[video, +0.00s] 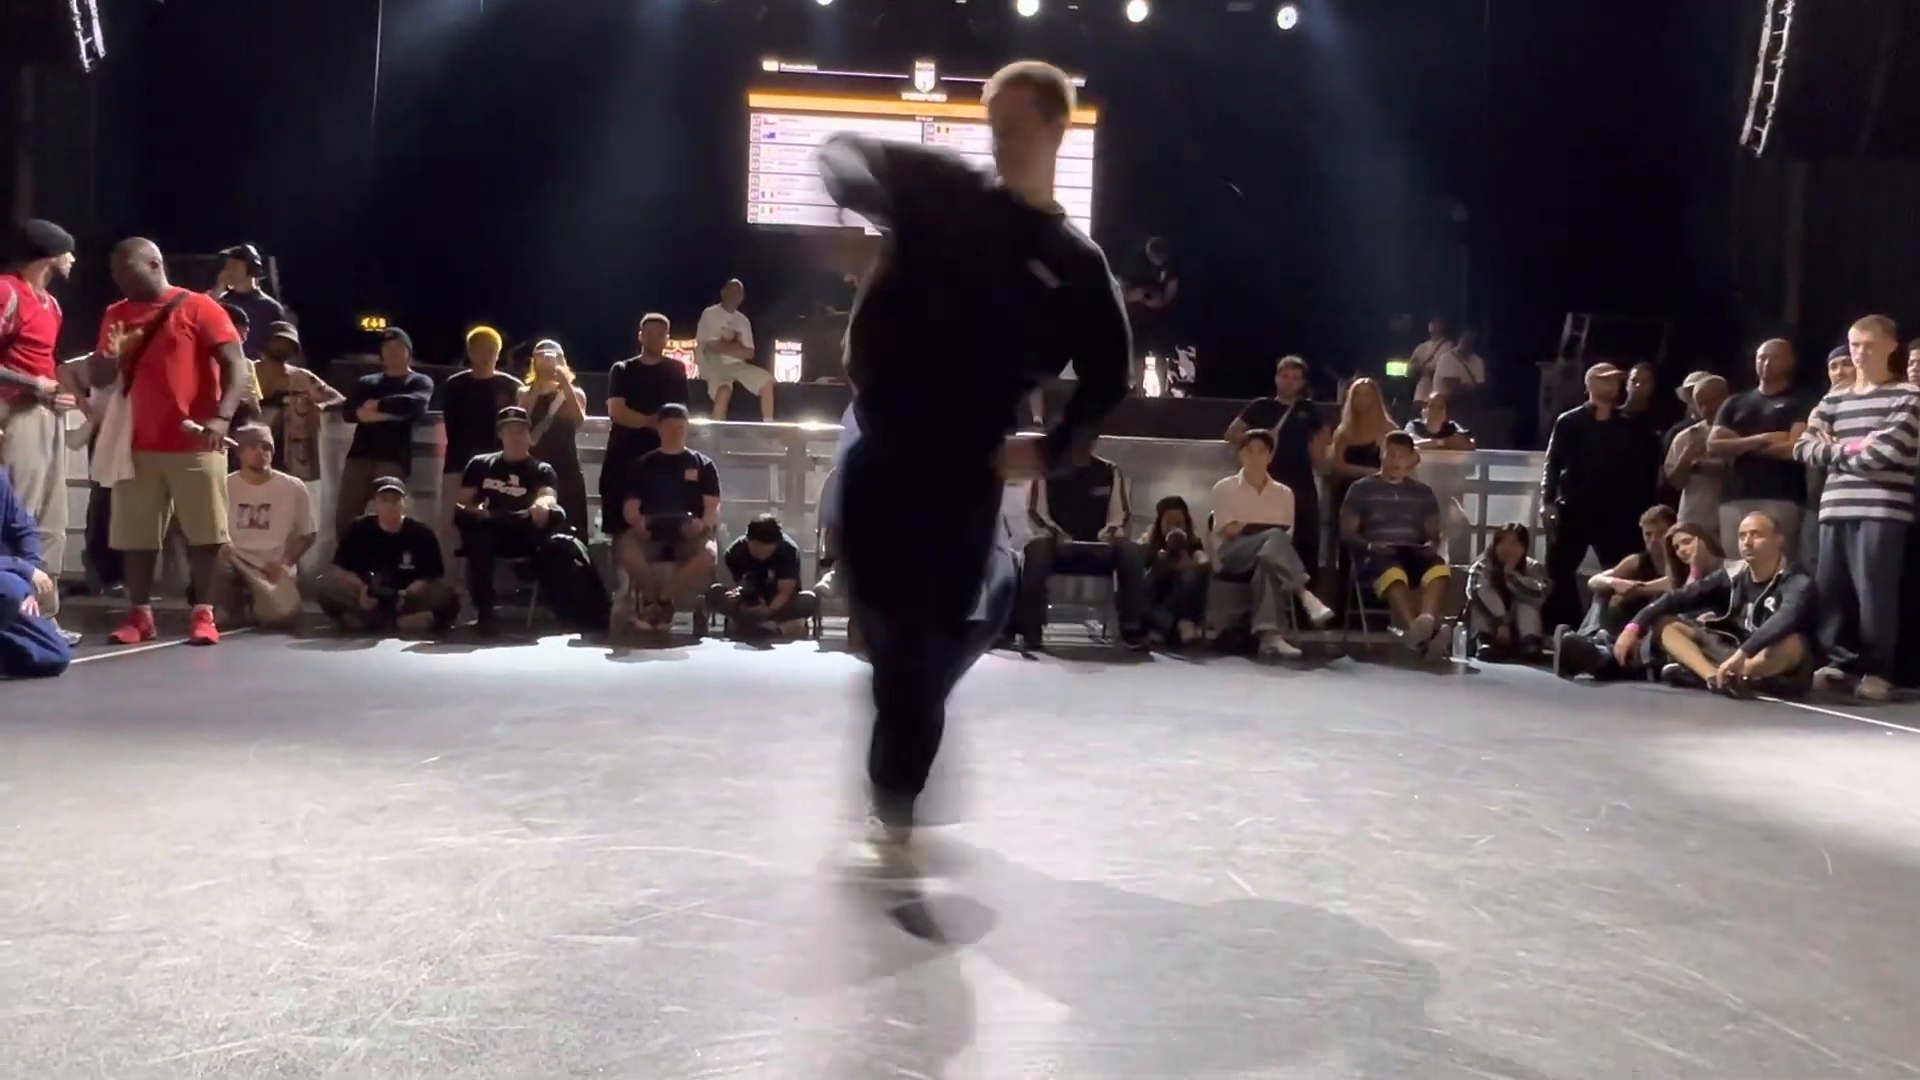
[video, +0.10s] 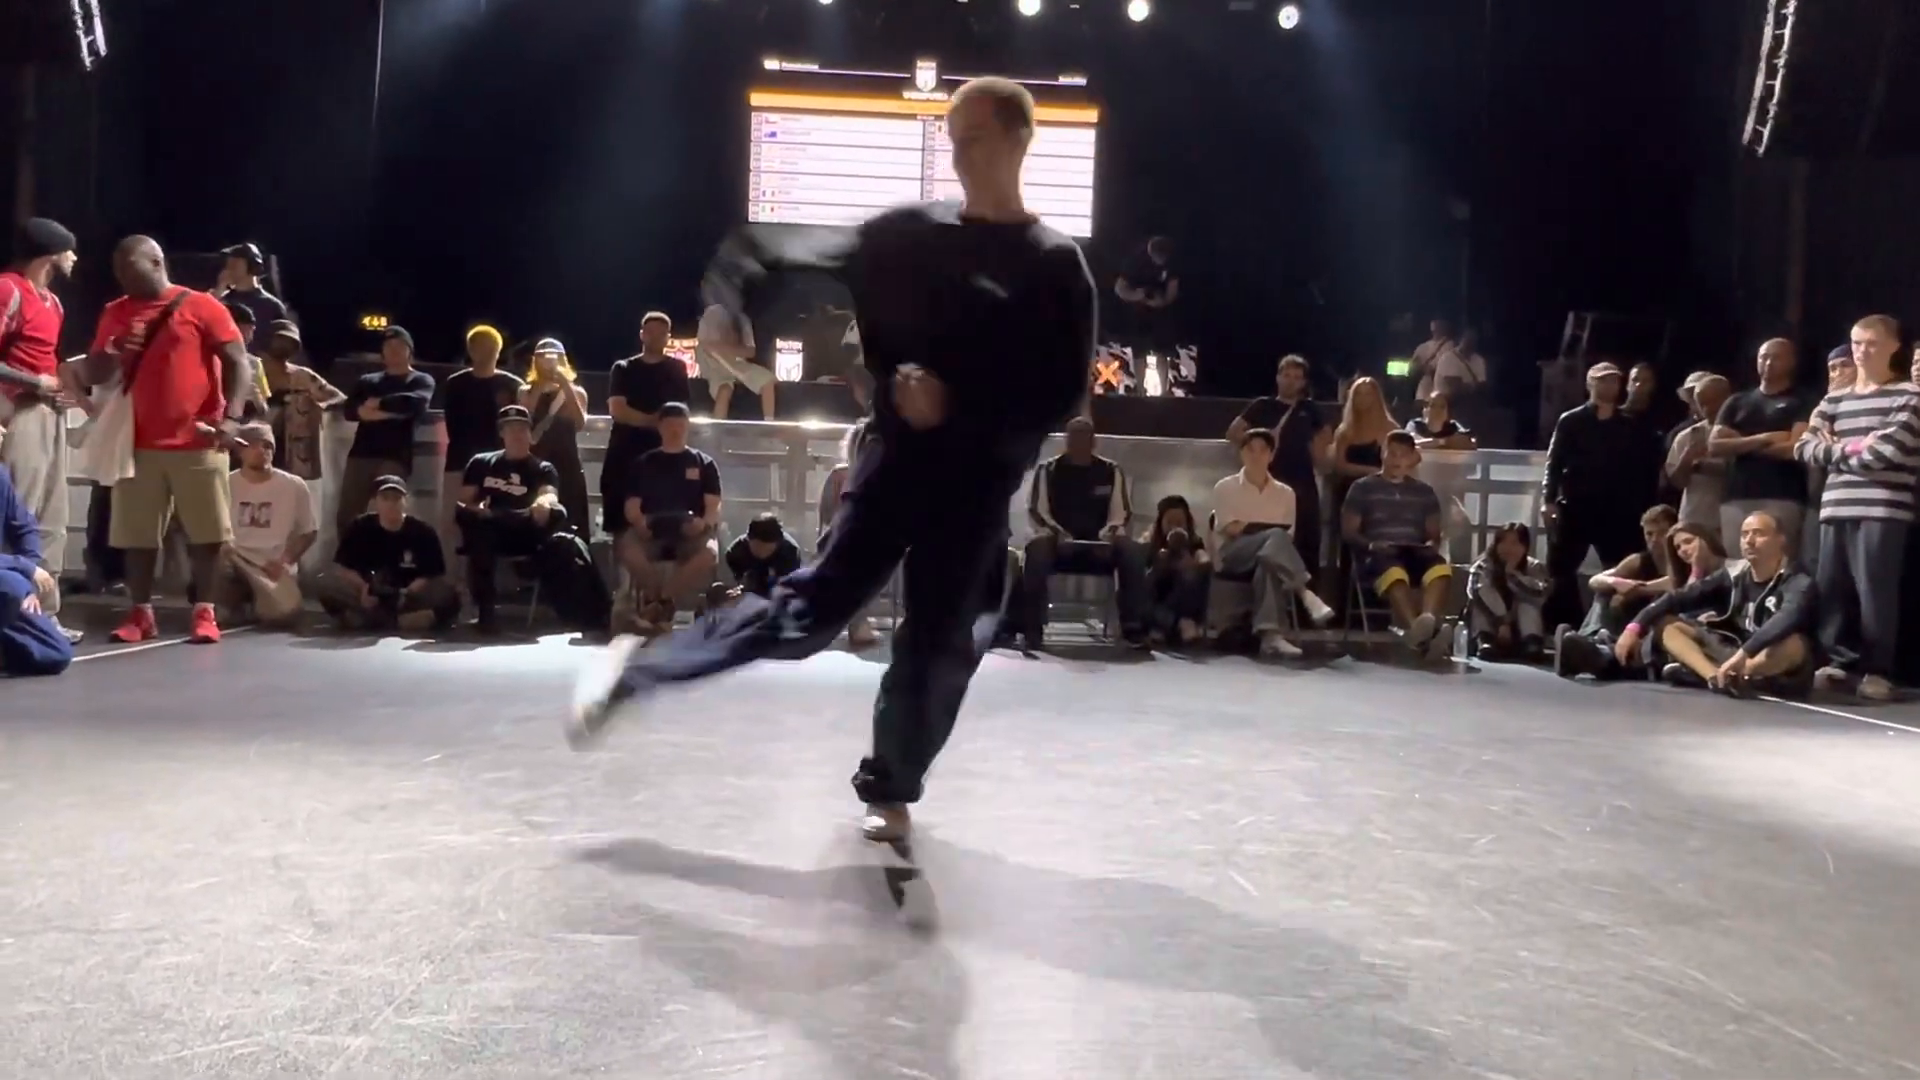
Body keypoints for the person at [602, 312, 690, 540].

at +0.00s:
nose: (657, 338)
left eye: (662, 334)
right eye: (652, 333)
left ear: (667, 338)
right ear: (640, 336)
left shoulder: (676, 369)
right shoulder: (622, 369)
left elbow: (678, 416)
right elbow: (616, 412)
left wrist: (631, 415)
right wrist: (653, 421)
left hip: (661, 455)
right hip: (623, 454)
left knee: (661, 523)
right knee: (620, 525)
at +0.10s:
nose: (654, 337)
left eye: (660, 332)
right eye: (650, 331)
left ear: (668, 337)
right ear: (641, 334)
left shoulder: (677, 368)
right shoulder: (623, 368)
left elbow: (679, 415)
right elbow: (617, 411)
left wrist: (630, 412)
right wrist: (656, 421)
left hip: (663, 457)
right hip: (624, 455)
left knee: (662, 524)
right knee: (621, 526)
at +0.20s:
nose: (658, 337)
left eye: (663, 332)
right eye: (653, 331)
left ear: (670, 337)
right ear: (643, 334)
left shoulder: (679, 368)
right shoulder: (625, 367)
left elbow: (680, 415)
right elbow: (619, 409)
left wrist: (632, 412)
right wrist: (658, 420)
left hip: (664, 455)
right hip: (626, 453)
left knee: (662, 521)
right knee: (622, 524)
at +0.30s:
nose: (658, 335)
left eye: (664, 330)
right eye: (653, 329)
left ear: (671, 334)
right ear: (644, 332)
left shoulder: (680, 365)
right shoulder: (626, 365)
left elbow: (680, 414)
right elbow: (619, 407)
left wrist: (632, 409)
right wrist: (659, 418)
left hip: (665, 452)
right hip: (628, 450)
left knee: (663, 519)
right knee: (623, 521)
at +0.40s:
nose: (660, 334)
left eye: (666, 329)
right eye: (655, 328)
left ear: (672, 333)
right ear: (646, 331)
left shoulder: (681, 363)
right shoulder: (627, 363)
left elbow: (683, 411)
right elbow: (621, 406)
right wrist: (661, 416)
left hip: (666, 451)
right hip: (628, 448)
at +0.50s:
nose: (662, 332)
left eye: (668, 327)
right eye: (657, 326)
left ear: (674, 332)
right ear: (647, 329)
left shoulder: (682, 363)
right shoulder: (629, 362)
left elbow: (685, 411)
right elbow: (622, 404)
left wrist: (636, 407)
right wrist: (663, 416)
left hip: (668, 451)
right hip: (630, 449)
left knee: (667, 518)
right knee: (626, 520)